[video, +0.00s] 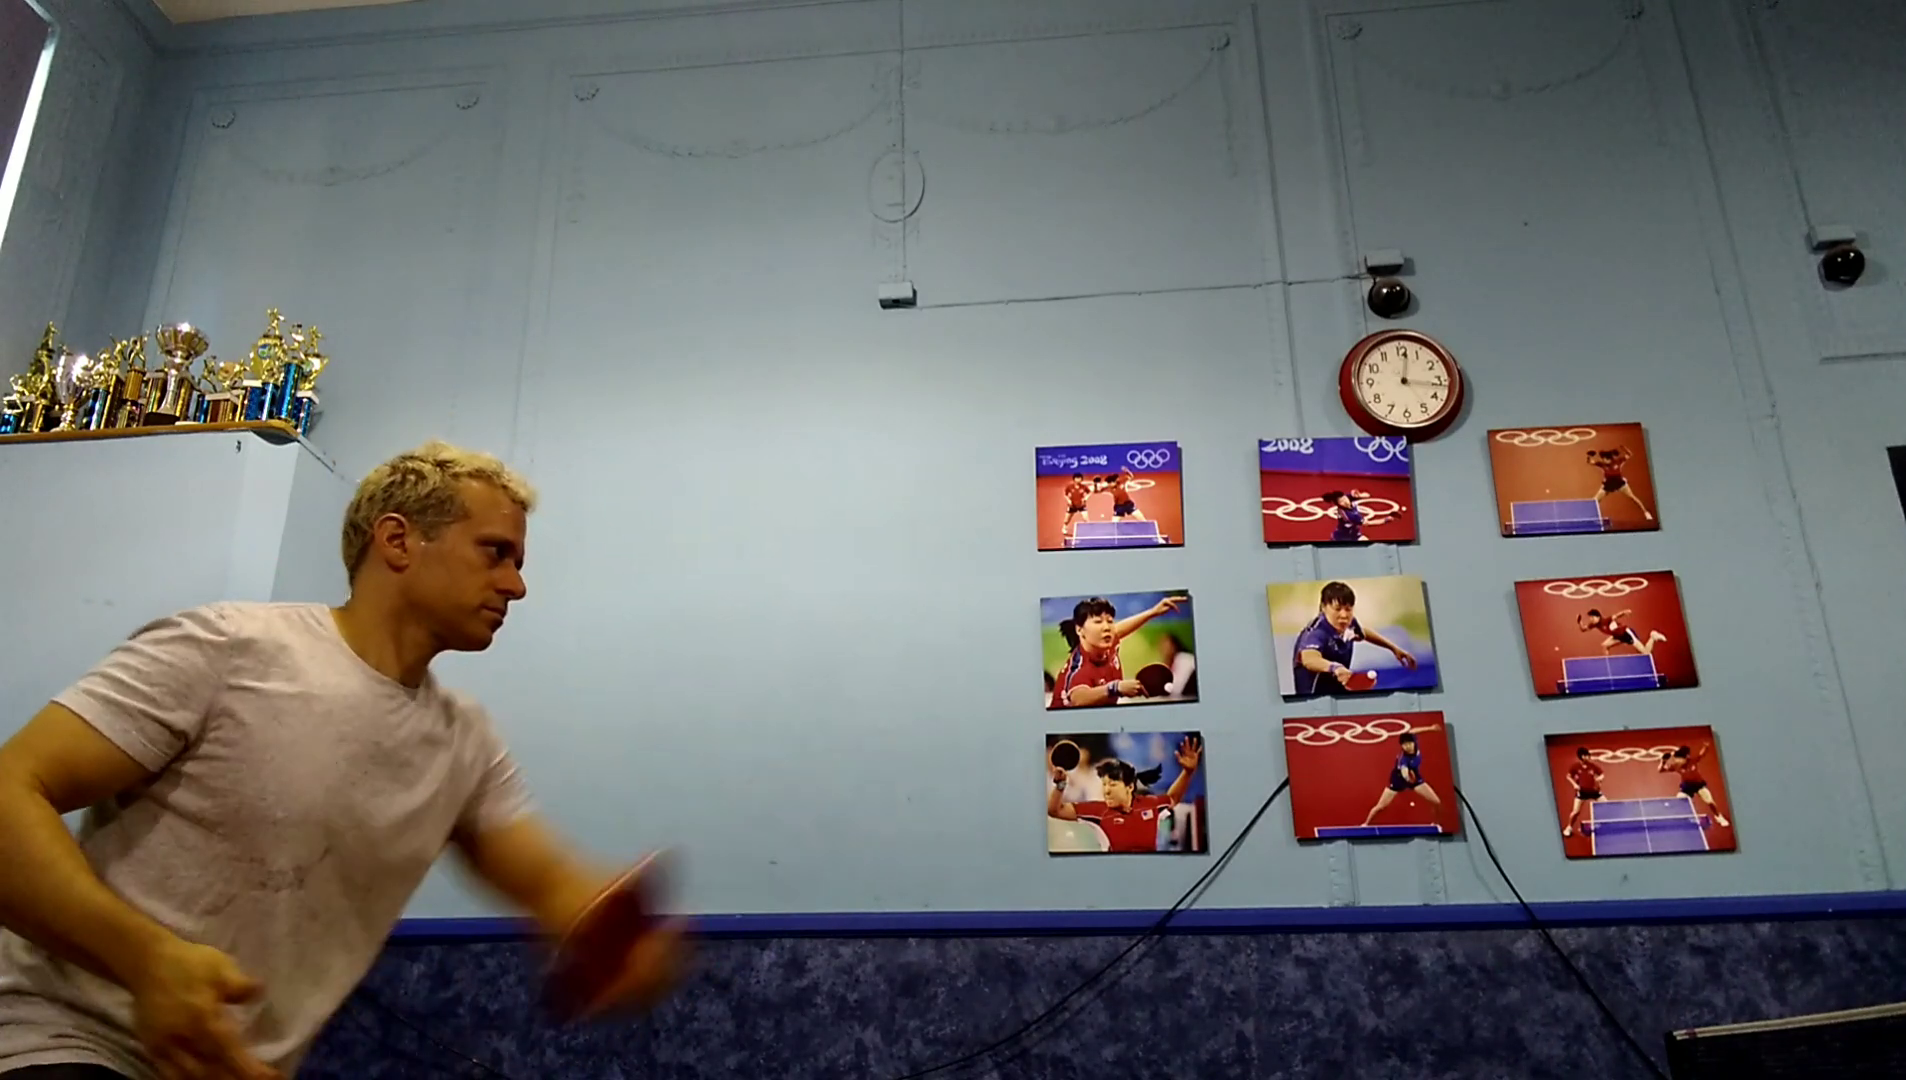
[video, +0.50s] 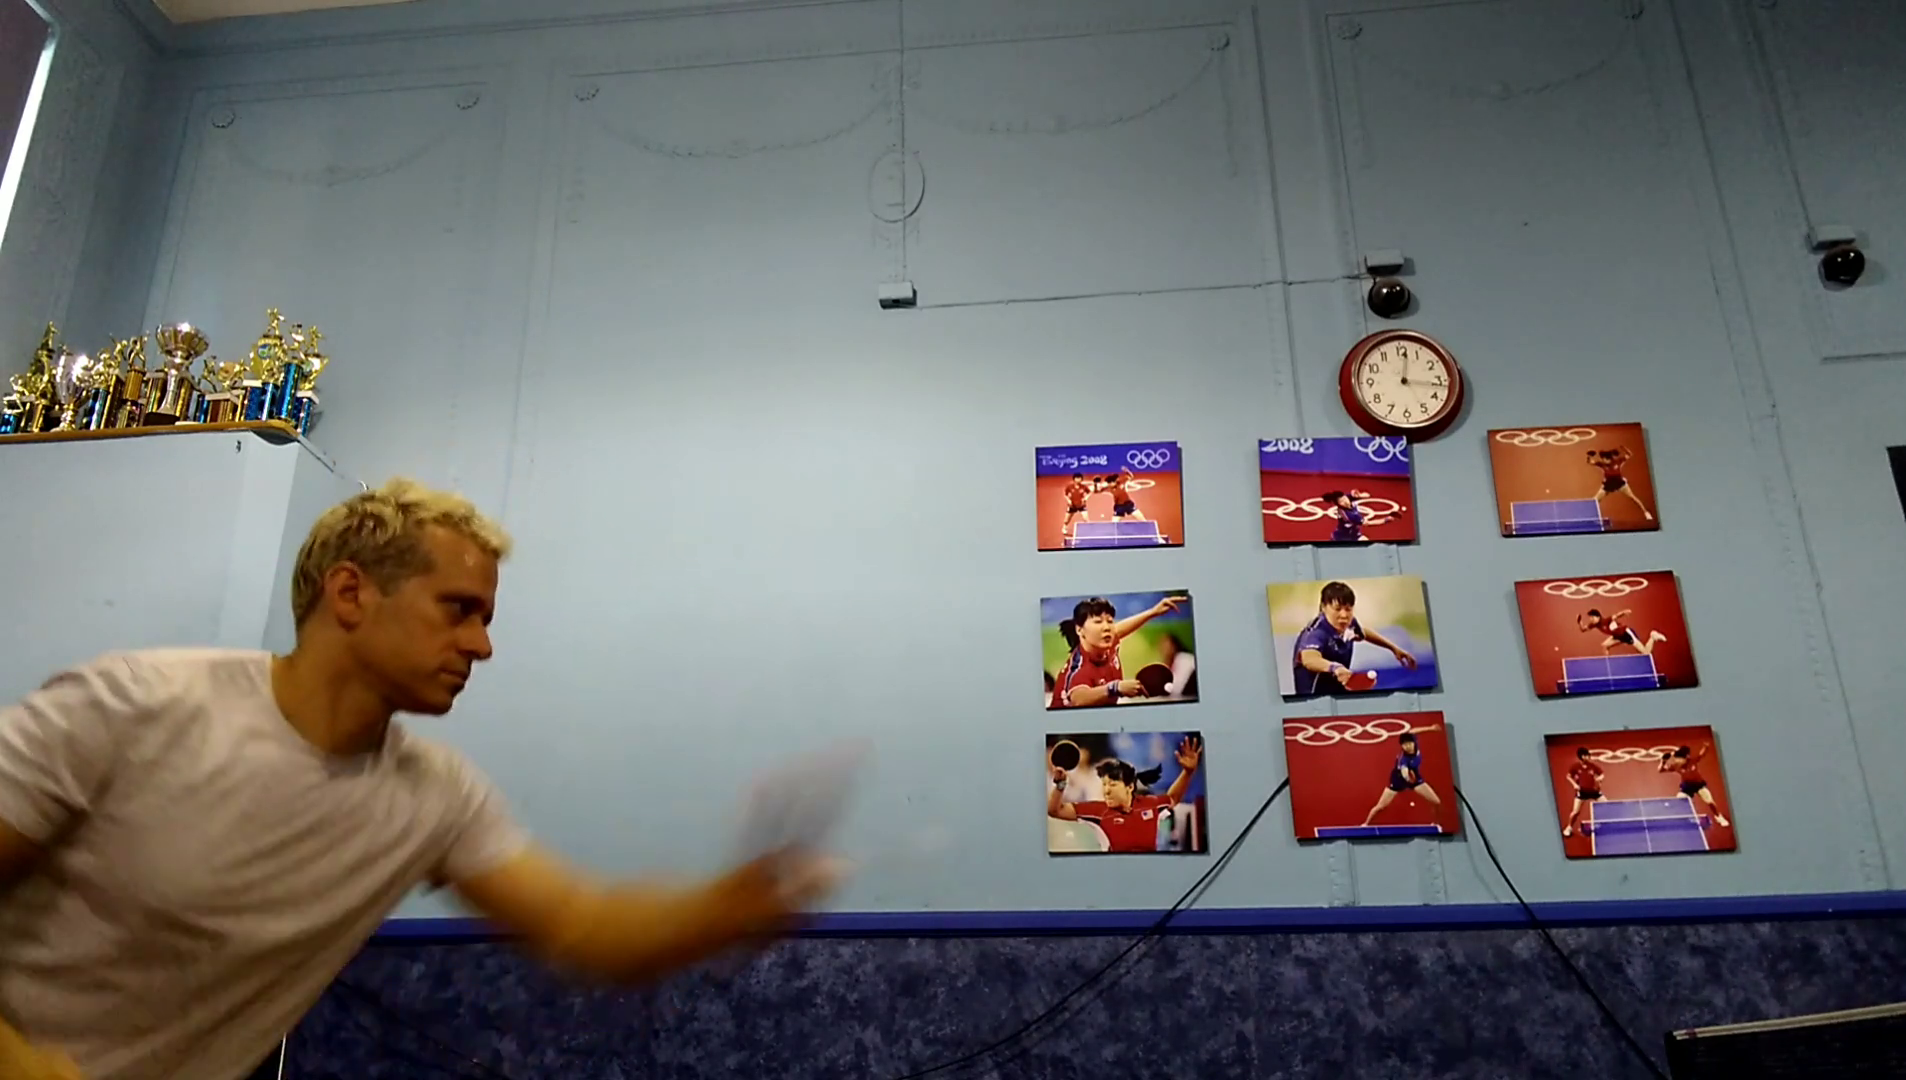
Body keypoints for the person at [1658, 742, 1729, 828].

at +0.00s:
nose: (1678, 762)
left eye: (1680, 760)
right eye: (1677, 760)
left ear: (1686, 757)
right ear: (1676, 759)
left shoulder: (1693, 761)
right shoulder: (1676, 766)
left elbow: (1701, 755)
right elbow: (1661, 771)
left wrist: (1705, 747)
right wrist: (1663, 761)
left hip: (1699, 784)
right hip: (1686, 786)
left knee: (1710, 802)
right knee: (1679, 802)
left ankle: (1718, 816)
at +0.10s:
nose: (1678, 762)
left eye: (1680, 760)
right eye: (1677, 760)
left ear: (1686, 757)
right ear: (1676, 759)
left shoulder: (1693, 761)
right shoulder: (1676, 766)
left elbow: (1701, 755)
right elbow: (1661, 770)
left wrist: (1705, 747)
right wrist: (1663, 761)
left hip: (1699, 784)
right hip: (1686, 786)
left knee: (1710, 802)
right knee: (1679, 803)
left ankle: (1718, 816)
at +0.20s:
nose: (1679, 762)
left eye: (1681, 759)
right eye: (1677, 760)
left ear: (1686, 757)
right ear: (1676, 759)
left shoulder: (1693, 761)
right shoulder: (1676, 766)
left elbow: (1701, 755)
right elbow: (1661, 771)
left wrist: (1705, 747)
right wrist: (1663, 761)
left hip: (1699, 784)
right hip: (1686, 786)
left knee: (1710, 802)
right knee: (1679, 803)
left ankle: (1718, 816)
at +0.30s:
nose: (1679, 762)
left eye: (1681, 759)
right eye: (1678, 760)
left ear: (1686, 757)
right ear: (1676, 759)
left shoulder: (1693, 761)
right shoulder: (1676, 766)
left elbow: (1701, 755)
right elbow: (1661, 770)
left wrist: (1705, 747)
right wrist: (1663, 761)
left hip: (1699, 784)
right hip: (1686, 786)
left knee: (1710, 802)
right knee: (1679, 803)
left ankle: (1718, 816)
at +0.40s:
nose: (1679, 762)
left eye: (1681, 759)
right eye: (1678, 760)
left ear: (1686, 757)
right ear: (1676, 759)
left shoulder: (1693, 761)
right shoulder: (1676, 766)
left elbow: (1701, 755)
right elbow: (1661, 770)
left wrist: (1705, 747)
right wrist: (1663, 761)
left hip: (1699, 784)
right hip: (1686, 786)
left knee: (1710, 802)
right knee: (1679, 803)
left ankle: (1718, 816)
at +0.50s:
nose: (1679, 762)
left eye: (1681, 759)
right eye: (1677, 760)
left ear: (1686, 757)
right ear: (1676, 759)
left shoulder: (1693, 761)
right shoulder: (1676, 766)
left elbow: (1701, 755)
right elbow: (1661, 770)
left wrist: (1705, 747)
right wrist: (1663, 761)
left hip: (1699, 784)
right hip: (1686, 786)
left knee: (1710, 802)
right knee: (1679, 803)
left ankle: (1718, 816)